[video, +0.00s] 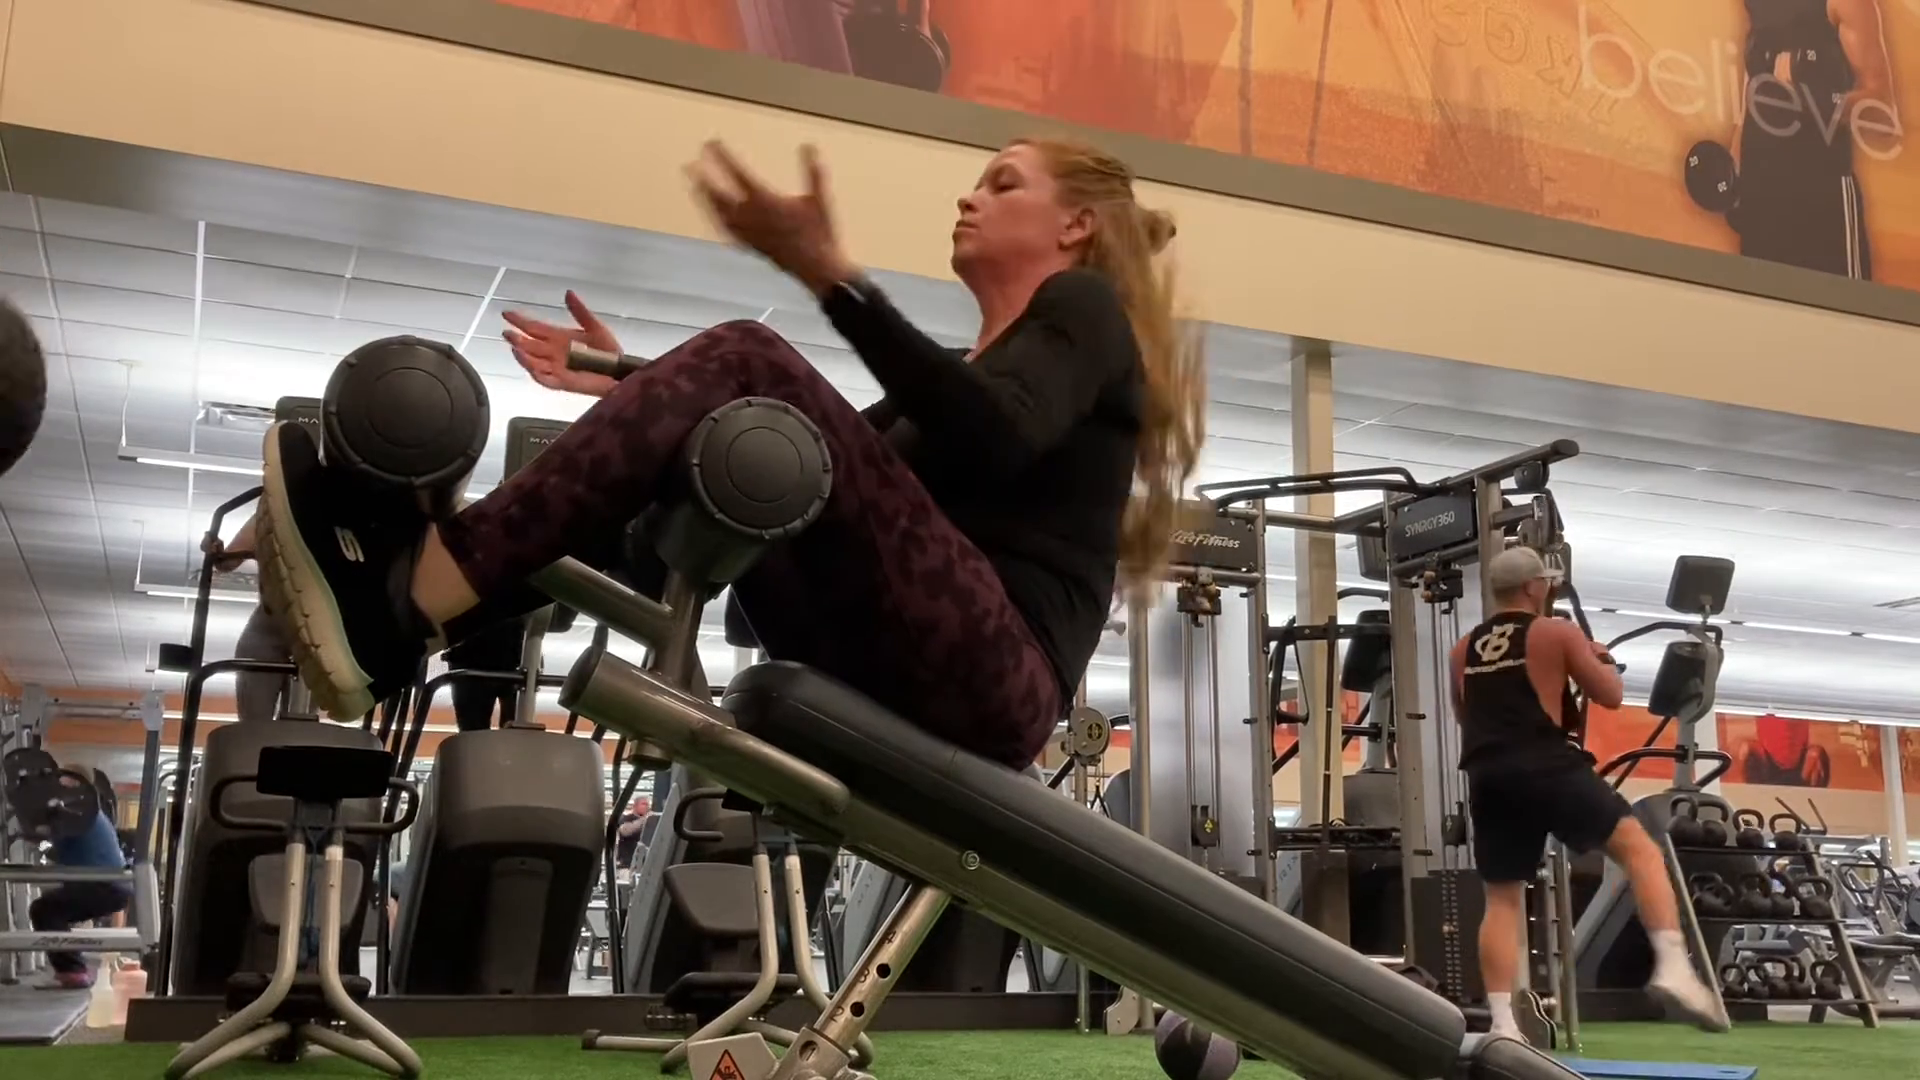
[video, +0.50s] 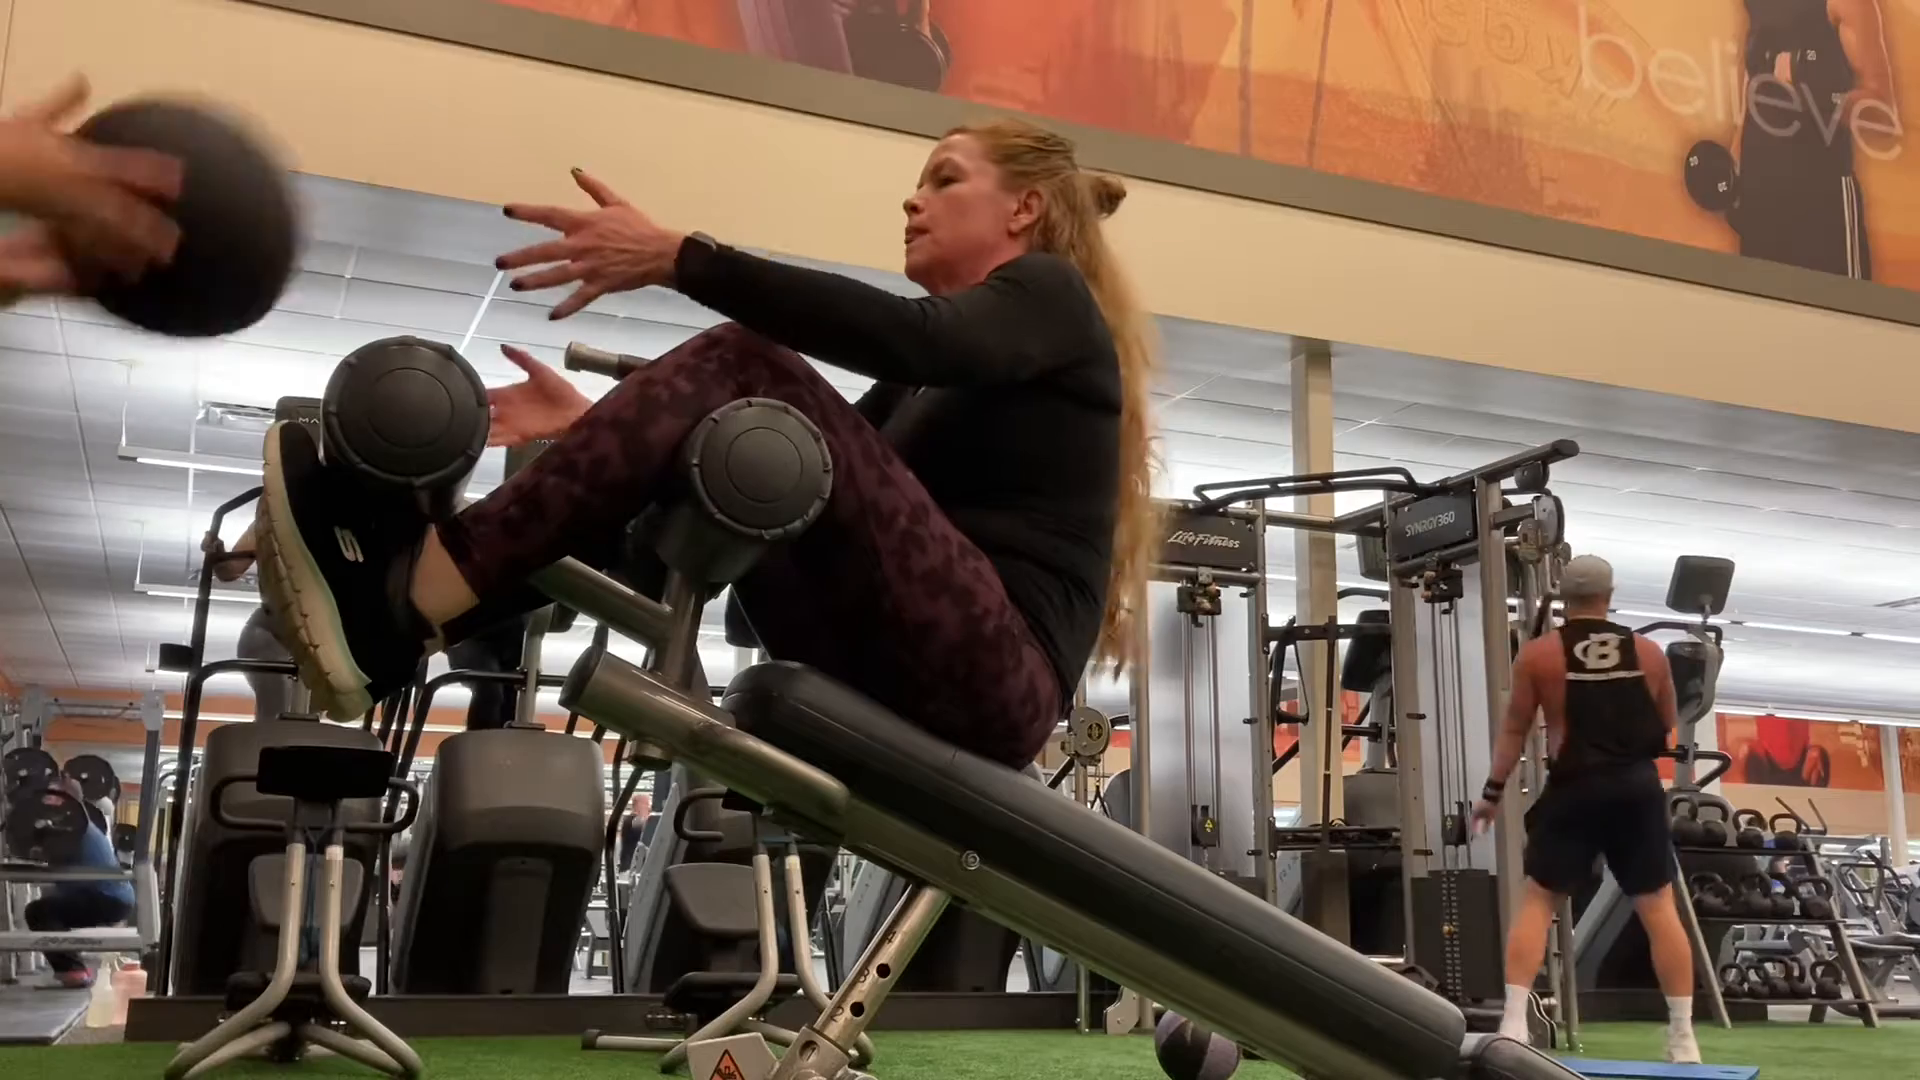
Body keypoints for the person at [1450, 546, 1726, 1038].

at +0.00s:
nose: (1550, 593)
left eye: (1548, 586)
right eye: (1547, 586)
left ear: (1495, 592)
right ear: (1534, 587)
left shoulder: (1465, 647)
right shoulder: (1557, 632)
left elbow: (1464, 712)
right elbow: (1611, 695)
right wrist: (1600, 658)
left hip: (1488, 778)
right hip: (1550, 768)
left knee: (1501, 901)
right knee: (1640, 850)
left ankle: (1502, 1027)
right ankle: (1674, 966)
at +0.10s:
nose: (1556, 593)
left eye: (1554, 586)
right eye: (1553, 586)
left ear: (1503, 592)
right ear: (1540, 589)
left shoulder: (1469, 651)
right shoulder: (1565, 637)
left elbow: (1467, 717)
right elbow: (1612, 702)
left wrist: (1512, 683)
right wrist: (1599, 665)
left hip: (1500, 786)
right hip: (1563, 779)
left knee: (1505, 905)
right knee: (1636, 878)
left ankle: (1503, 1029)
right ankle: (1723, 983)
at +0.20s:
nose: (1561, 592)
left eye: (1557, 586)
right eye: (1559, 586)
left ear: (1510, 593)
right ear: (1553, 590)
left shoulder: (1476, 650)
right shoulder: (1582, 641)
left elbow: (1469, 717)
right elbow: (1620, 713)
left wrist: (1517, 697)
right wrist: (1593, 678)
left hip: (1513, 786)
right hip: (1579, 778)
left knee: (1509, 907)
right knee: (1643, 886)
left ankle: (1504, 1030)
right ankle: (1716, 1003)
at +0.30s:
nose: (1570, 599)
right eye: (1571, 592)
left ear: (1523, 597)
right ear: (1571, 594)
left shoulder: (1493, 652)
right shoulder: (1603, 647)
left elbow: (1472, 720)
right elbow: (1633, 720)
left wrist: (1508, 732)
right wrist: (1599, 692)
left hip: (1530, 789)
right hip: (1598, 785)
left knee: (1516, 908)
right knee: (1645, 893)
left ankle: (1503, 1029)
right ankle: (1691, 1020)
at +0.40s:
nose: (1584, 603)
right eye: (1590, 594)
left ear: (1544, 598)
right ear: (1590, 597)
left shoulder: (1517, 656)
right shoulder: (1628, 652)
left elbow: (1493, 728)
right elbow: (1651, 723)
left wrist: (1500, 780)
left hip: (1550, 796)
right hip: (1618, 796)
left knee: (1531, 905)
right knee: (1646, 907)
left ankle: (1504, 1031)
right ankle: (1680, 1038)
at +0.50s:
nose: (1597, 604)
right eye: (1604, 595)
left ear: (1563, 599)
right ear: (1609, 598)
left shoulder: (1538, 654)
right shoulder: (1649, 652)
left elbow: (1514, 730)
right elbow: (1666, 730)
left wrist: (1491, 794)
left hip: (1570, 795)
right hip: (1639, 794)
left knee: (1538, 900)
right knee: (1660, 911)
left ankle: (1513, 1027)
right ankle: (1683, 1039)